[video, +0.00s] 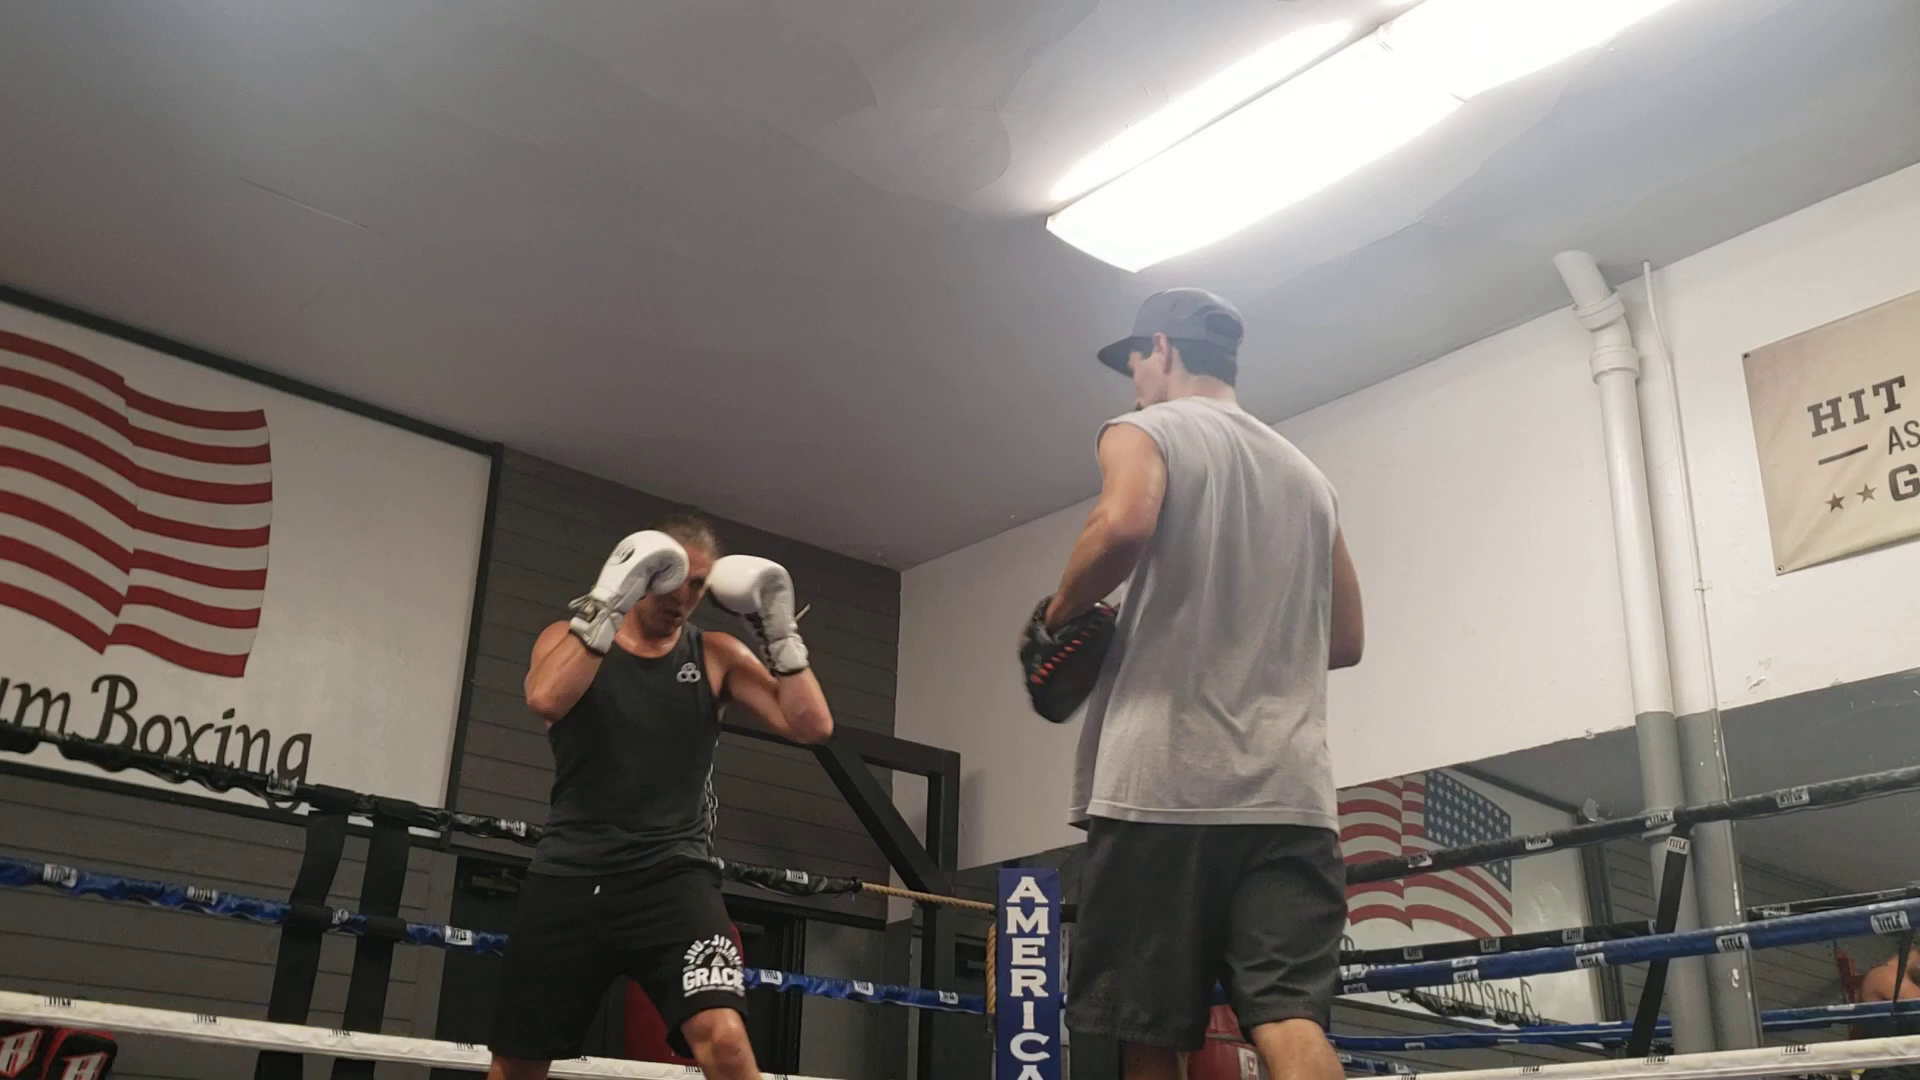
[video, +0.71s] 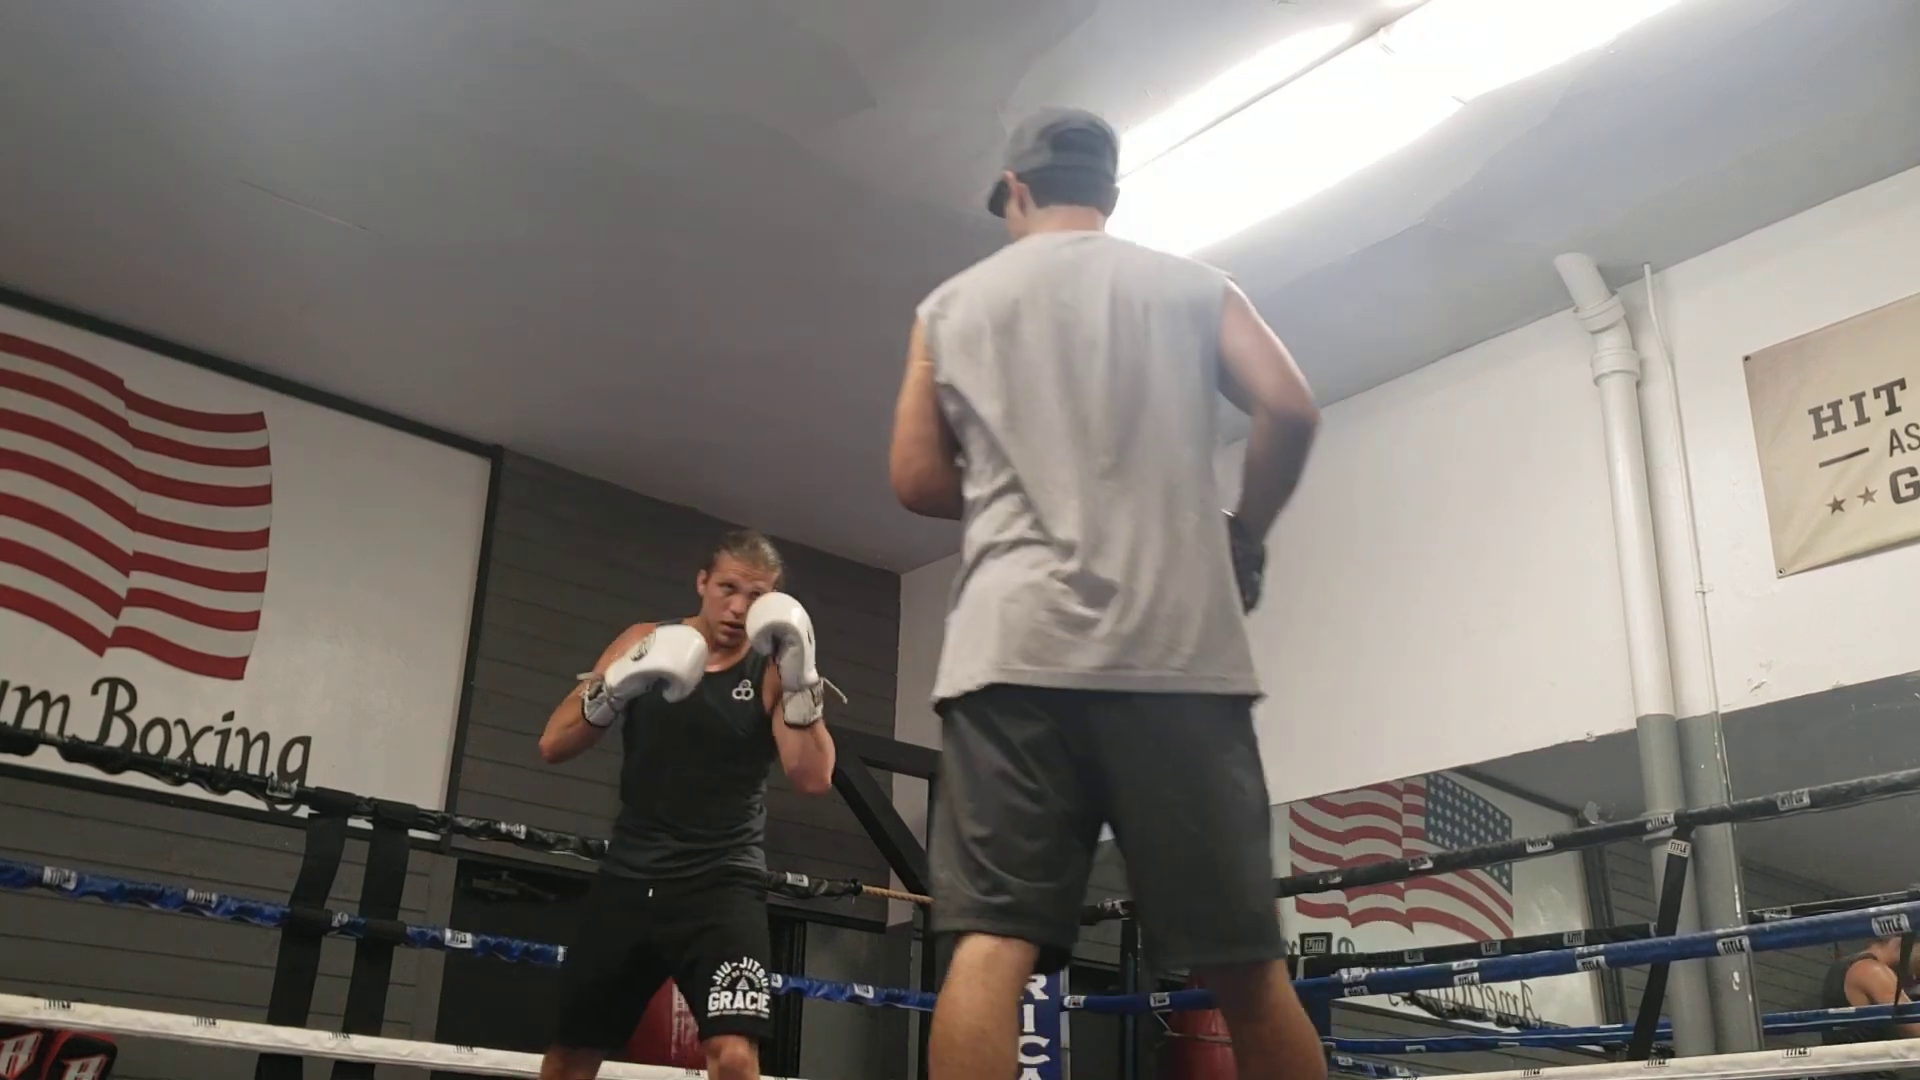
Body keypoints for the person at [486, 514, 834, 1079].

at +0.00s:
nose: (683, 595)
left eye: (698, 584)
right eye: (675, 577)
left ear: (709, 589)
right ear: (638, 573)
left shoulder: (716, 653)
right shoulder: (569, 636)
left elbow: (813, 724)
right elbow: (547, 699)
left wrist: (779, 627)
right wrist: (605, 602)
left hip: (674, 874)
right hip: (569, 873)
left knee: (726, 1043)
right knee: (516, 1065)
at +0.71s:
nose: (738, 607)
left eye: (755, 596)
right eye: (729, 589)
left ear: (770, 602)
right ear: (702, 583)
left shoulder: (774, 669)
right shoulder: (643, 642)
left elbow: (813, 779)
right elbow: (554, 744)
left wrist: (800, 676)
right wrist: (621, 680)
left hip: (726, 880)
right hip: (633, 874)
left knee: (734, 1060)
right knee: (567, 1058)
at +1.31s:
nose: (672, 624)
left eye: (687, 611)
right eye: (660, 610)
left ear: (712, 614)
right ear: (643, 614)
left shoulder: (745, 681)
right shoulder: (626, 685)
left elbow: (800, 753)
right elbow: (575, 756)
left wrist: (757, 690)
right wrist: (585, 659)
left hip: (732, 879)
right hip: (647, 883)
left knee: (732, 1050)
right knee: (634, 1058)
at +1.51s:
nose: (642, 650)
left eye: (655, 635)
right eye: (630, 635)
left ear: (681, 642)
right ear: (612, 642)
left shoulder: (706, 715)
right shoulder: (616, 723)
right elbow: (585, 833)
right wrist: (585, 735)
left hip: (708, 893)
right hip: (638, 889)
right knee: (609, 1055)